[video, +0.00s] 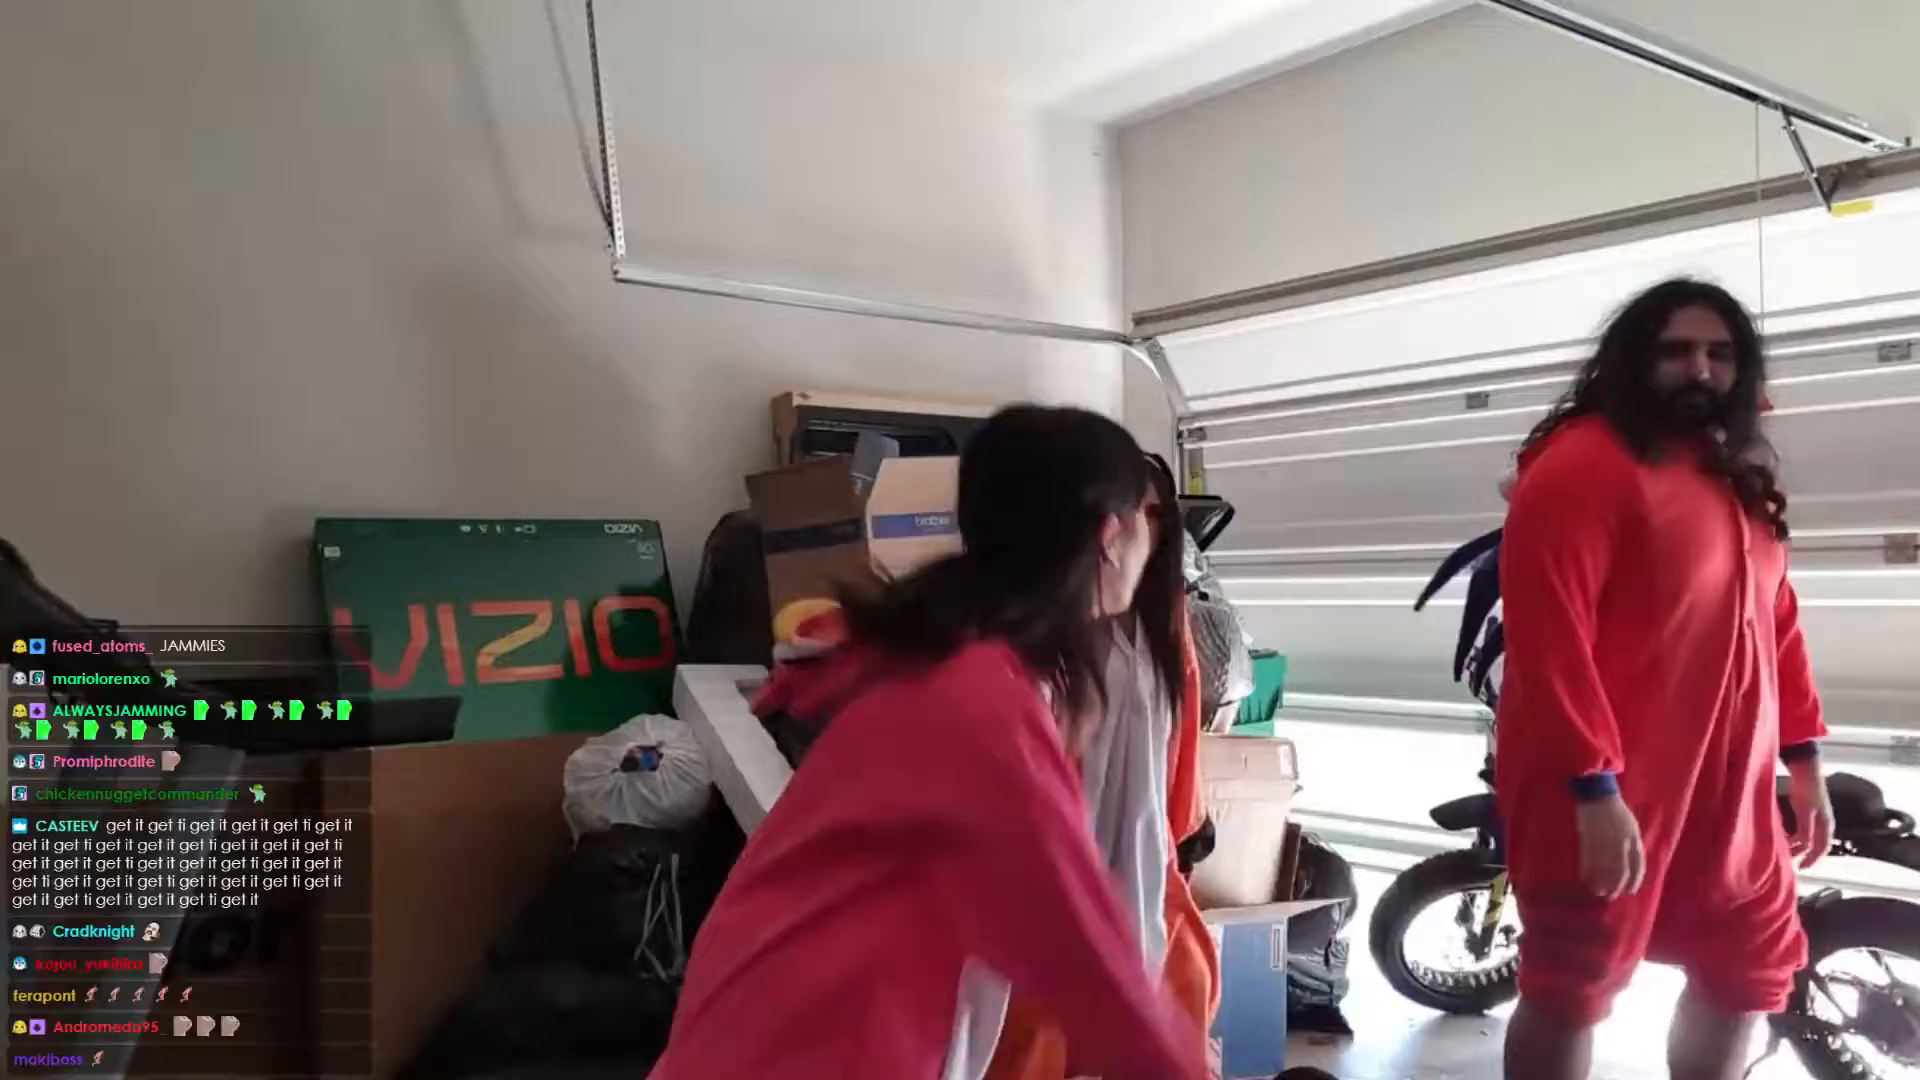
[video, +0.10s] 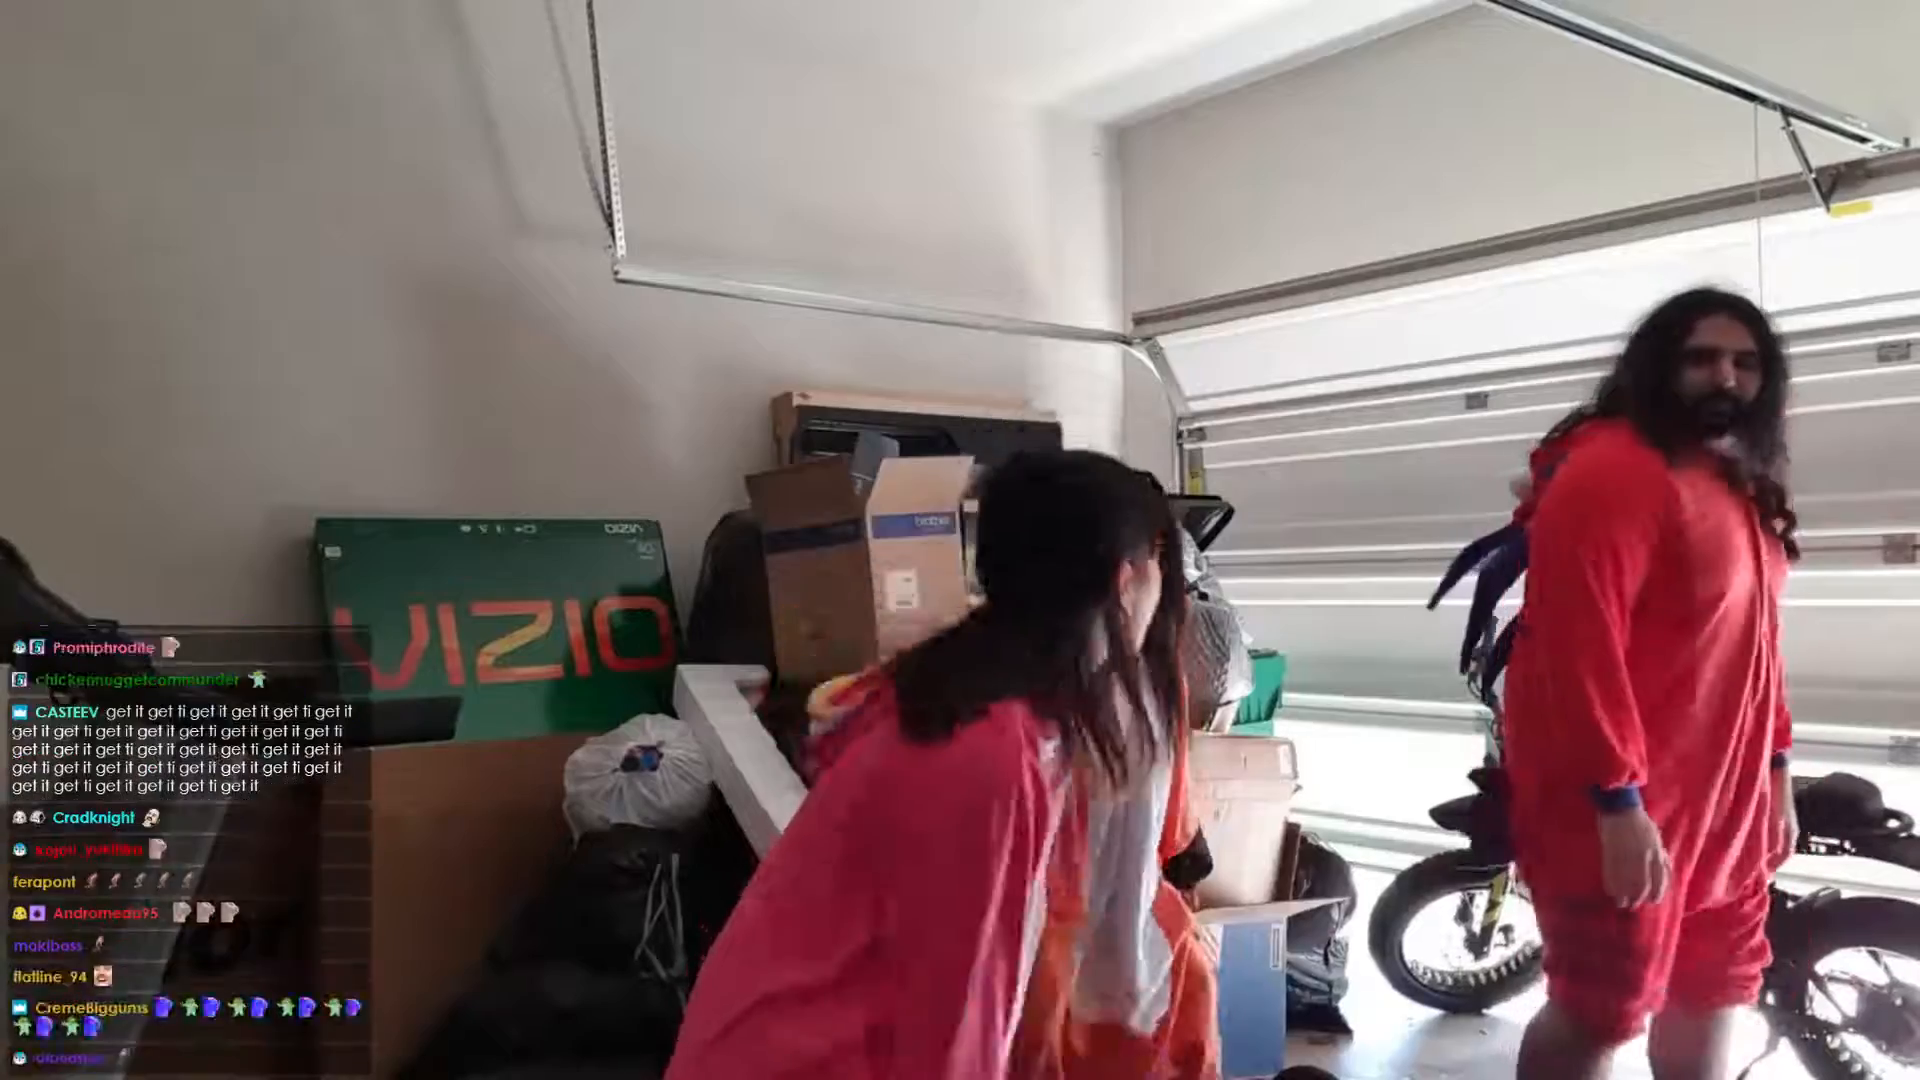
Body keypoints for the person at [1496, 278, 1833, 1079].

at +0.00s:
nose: (1699, 370)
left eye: (1719, 353)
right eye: (1676, 351)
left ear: (1743, 371)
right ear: (1634, 362)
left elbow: (1777, 624)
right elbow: (1545, 633)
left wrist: (1804, 756)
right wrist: (1593, 789)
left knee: (1742, 978)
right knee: (1567, 1000)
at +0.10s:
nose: (1726, 378)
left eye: (1746, 362)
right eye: (1702, 359)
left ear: (1766, 382)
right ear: (1659, 369)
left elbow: (1757, 646)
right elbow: (1577, 644)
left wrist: (1773, 770)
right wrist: (1617, 804)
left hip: (1726, 803)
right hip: (1621, 807)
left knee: (1709, 1002)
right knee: (1597, 1016)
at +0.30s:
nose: (1701, 372)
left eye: (1714, 356)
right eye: (1676, 352)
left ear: (1727, 373)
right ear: (1625, 361)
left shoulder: (1688, 467)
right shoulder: (1610, 462)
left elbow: (1755, 562)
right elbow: (1735, 570)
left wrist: (1875, 567)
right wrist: (1899, 599)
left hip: (1713, 783)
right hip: (1617, 794)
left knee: (1702, 986)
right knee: (1562, 1007)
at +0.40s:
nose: (1693, 382)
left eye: (1706, 366)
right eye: (1667, 362)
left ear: (1719, 383)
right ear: (1613, 371)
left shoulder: (1693, 468)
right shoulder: (1599, 470)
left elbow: (1809, 492)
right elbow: (1774, 512)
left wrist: (1893, 466)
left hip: (1714, 787)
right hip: (1616, 802)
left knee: (1729, 983)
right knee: (1571, 1015)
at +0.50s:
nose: (1695, 400)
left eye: (1708, 382)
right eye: (1668, 376)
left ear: (1721, 398)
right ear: (1613, 388)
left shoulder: (1671, 481)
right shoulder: (1592, 489)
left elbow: (1748, 454)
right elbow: (1778, 463)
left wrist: (1817, 357)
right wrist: (1900, 304)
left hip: (1708, 801)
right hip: (1614, 816)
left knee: (1753, 990)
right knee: (1592, 1028)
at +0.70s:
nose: (1695, 368)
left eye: (1706, 351)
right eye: (1667, 348)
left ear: (1718, 367)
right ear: (1611, 357)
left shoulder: (1667, 460)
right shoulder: (1586, 455)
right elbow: (1763, 512)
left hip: (1696, 785)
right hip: (1603, 796)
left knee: (1693, 990)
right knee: (1565, 1018)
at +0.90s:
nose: (1753, 384)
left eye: (1761, 367)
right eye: (1730, 360)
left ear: (1769, 381)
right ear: (1672, 364)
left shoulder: (1684, 483)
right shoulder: (1629, 485)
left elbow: (1672, 661)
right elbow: (1625, 663)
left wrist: (1702, 804)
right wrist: (1682, 825)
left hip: (1649, 798)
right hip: (1580, 796)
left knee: (1646, 1005)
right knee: (1545, 1022)